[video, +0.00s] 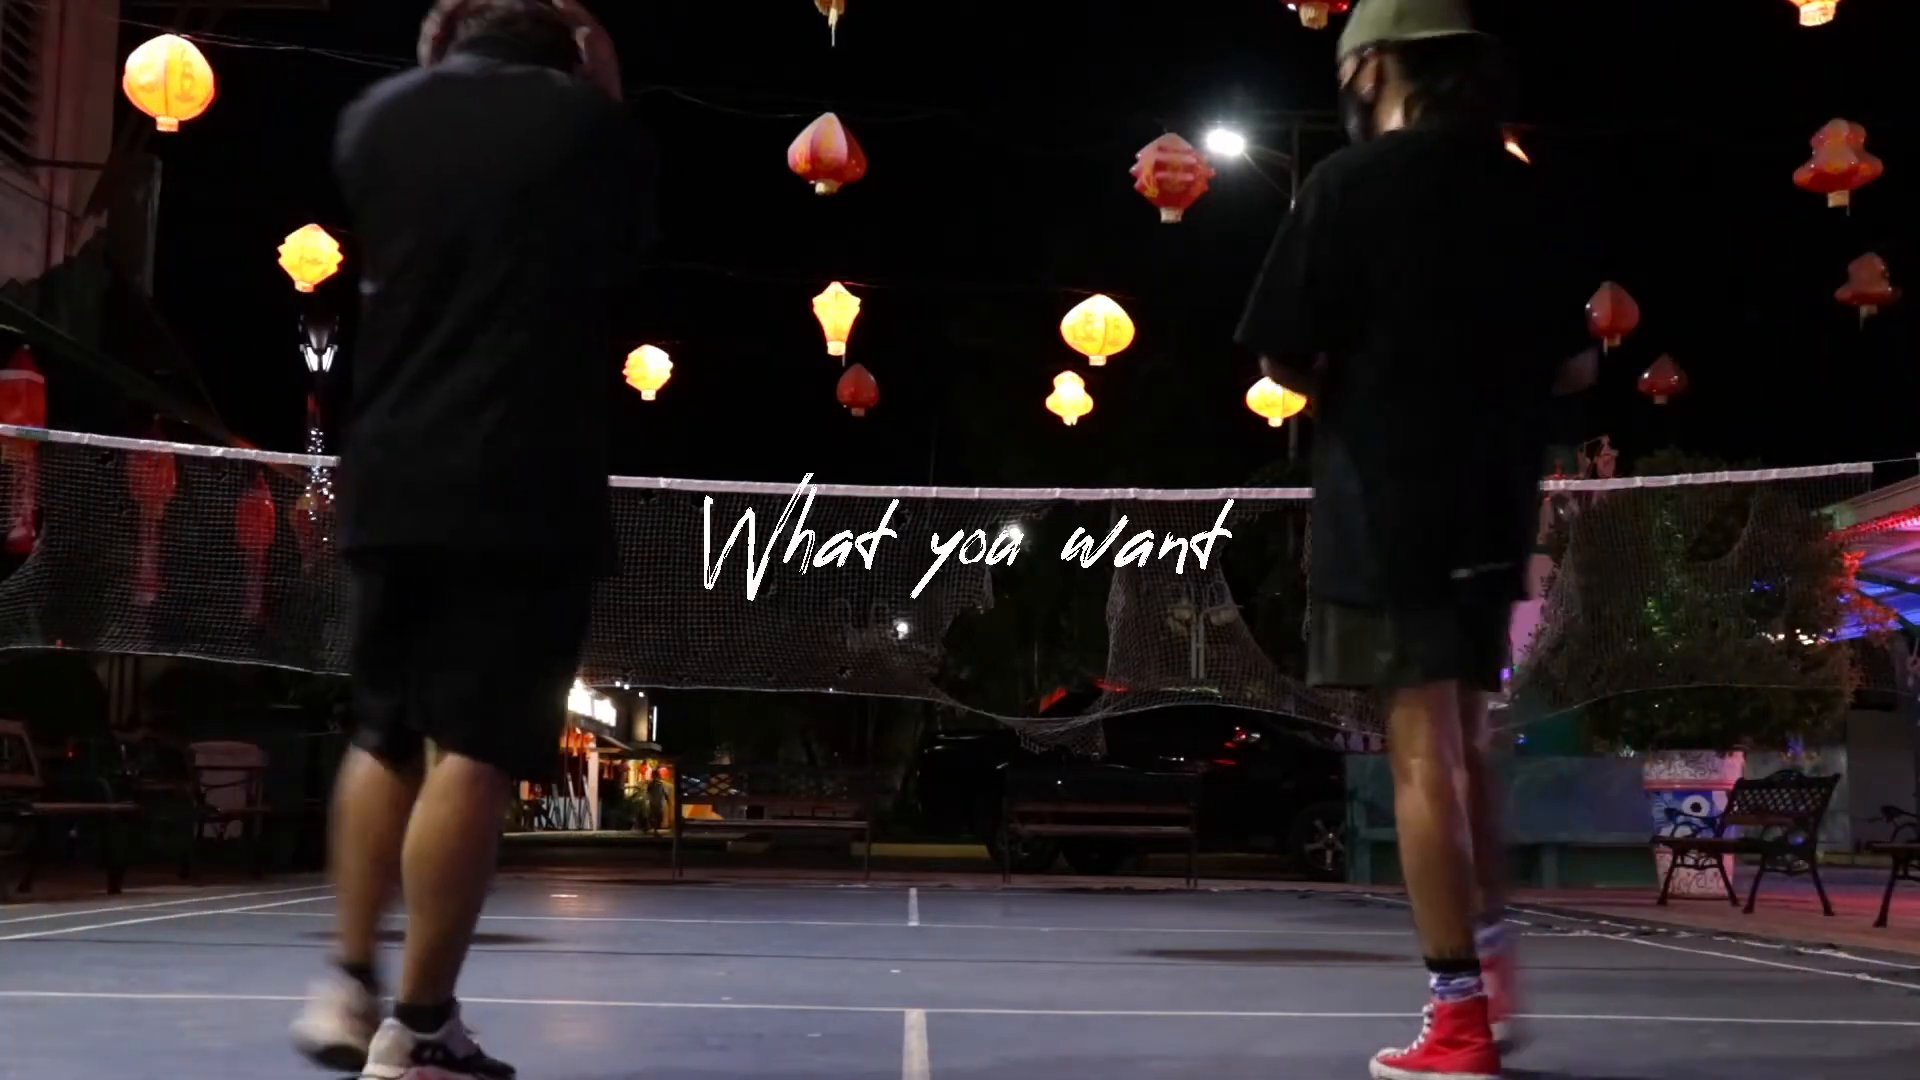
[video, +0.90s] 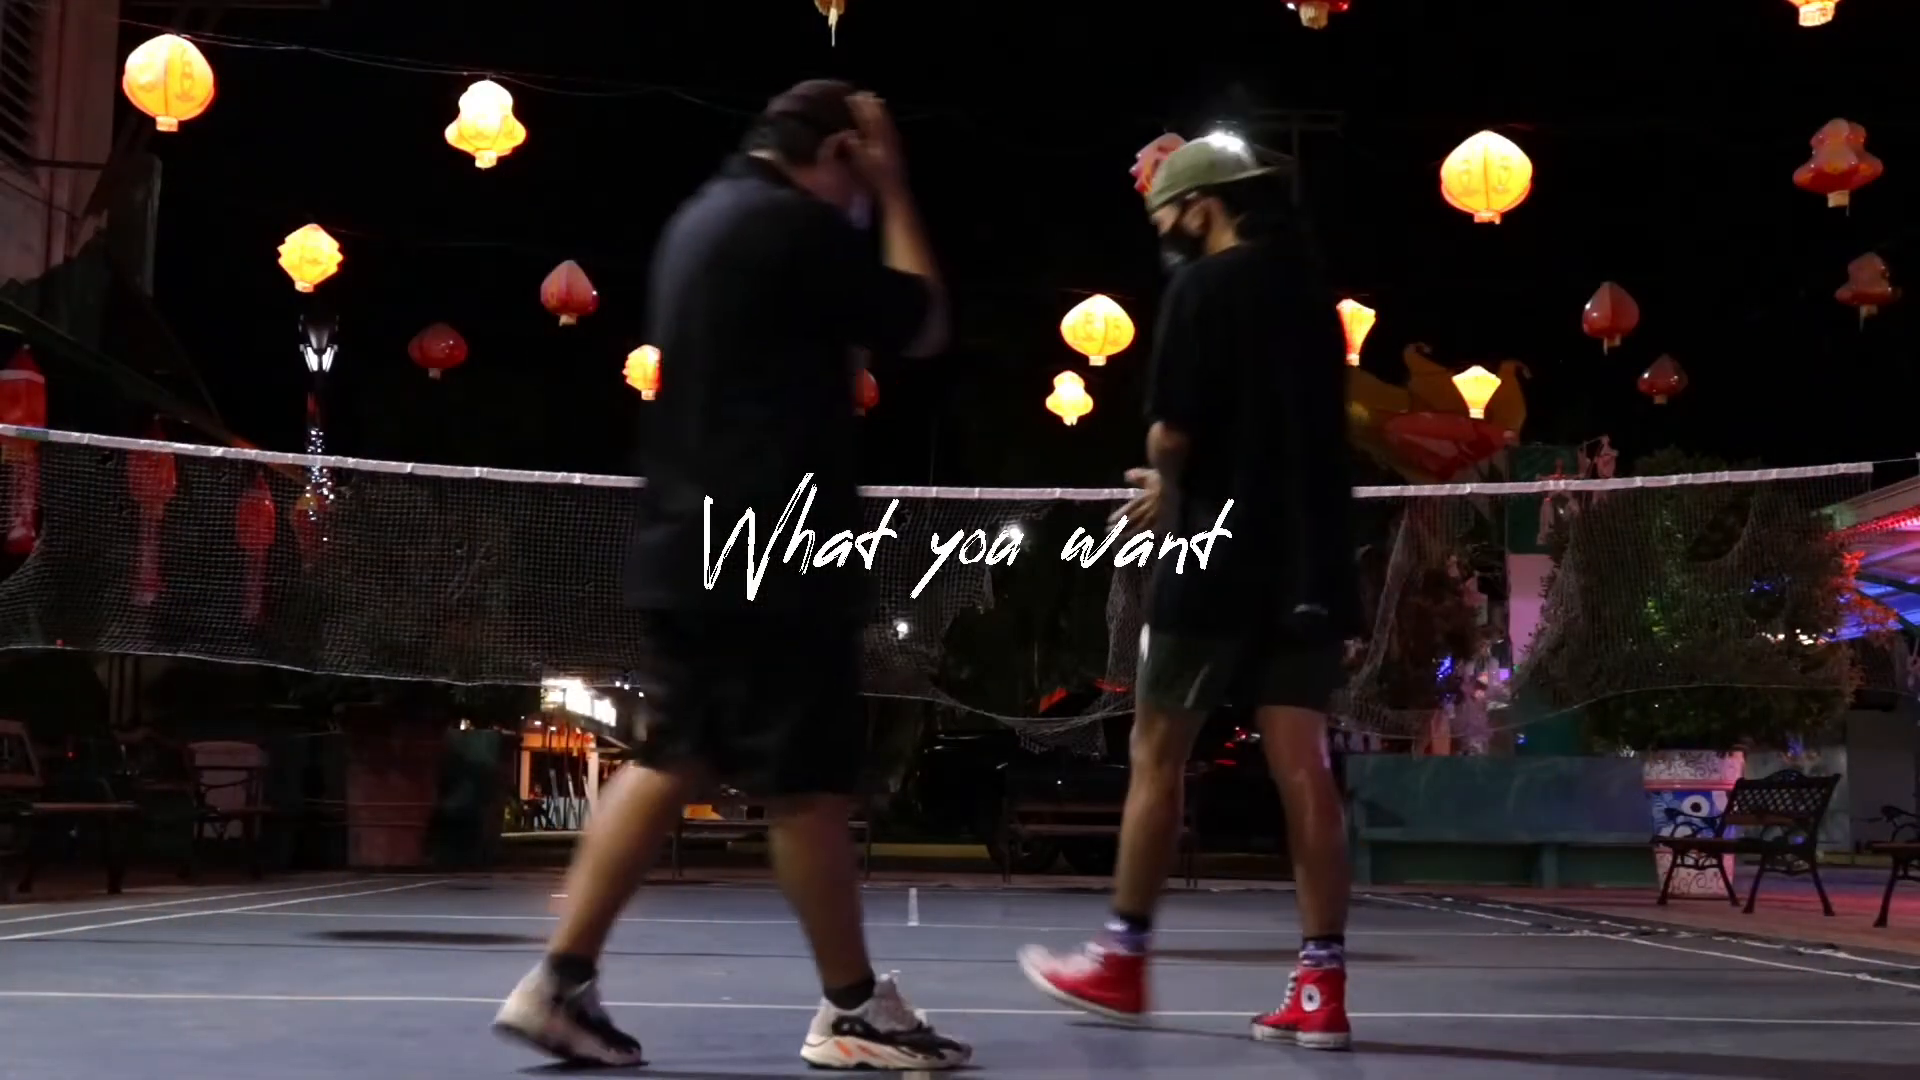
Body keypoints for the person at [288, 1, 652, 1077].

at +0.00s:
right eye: (574, 49)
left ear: (448, 52)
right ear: (563, 61)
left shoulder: (378, 120)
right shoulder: (594, 131)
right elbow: (624, 253)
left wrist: (429, 66)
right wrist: (609, 100)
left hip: (393, 477)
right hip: (532, 484)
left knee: (382, 731)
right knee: (472, 757)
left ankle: (349, 984)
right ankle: (417, 1028)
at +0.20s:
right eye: (614, 80)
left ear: (497, 85)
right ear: (604, 88)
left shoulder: (422, 161)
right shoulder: (619, 153)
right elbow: (678, 295)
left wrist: (482, 114)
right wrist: (648, 135)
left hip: (439, 492)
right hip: (572, 494)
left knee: (484, 748)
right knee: (505, 754)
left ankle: (522, 991)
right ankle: (417, 1027)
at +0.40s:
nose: (677, 135)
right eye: (676, 125)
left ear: (563, 107)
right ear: (657, 121)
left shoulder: (482, 191)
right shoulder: (655, 177)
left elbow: (497, 327)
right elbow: (746, 289)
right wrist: (709, 158)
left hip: (497, 510)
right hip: (622, 512)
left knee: (525, 750)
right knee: (623, 758)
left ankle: (543, 1001)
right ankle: (471, 960)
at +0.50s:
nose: (712, 153)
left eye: (712, 137)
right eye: (711, 138)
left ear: (602, 111)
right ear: (687, 125)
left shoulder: (514, 190)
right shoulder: (668, 180)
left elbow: (514, 353)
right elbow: (776, 300)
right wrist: (741, 171)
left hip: (520, 511)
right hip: (641, 511)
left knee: (546, 743)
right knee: (690, 738)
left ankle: (536, 1017)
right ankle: (540, 918)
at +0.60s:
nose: (756, 169)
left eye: (761, 153)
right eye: (754, 154)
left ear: (654, 122)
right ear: (723, 136)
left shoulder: (566, 197)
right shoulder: (696, 196)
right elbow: (796, 291)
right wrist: (779, 171)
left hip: (565, 523)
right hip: (683, 525)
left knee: (579, 747)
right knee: (743, 732)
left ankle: (540, 1002)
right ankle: (657, 954)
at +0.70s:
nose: (781, 180)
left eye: (786, 162)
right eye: (779, 163)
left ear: (683, 131)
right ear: (749, 148)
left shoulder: (603, 202)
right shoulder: (718, 206)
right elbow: (823, 304)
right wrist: (812, 179)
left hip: (590, 533)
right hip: (706, 536)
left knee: (592, 754)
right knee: (763, 755)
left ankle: (545, 1002)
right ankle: (751, 989)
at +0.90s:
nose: (867, 181)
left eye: (868, 161)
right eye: (865, 161)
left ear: (775, 140)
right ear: (836, 150)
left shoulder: (699, 223)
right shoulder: (799, 229)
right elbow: (918, 320)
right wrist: (893, 188)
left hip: (688, 544)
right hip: (779, 555)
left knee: (668, 757)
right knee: (808, 781)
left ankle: (556, 984)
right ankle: (855, 1006)